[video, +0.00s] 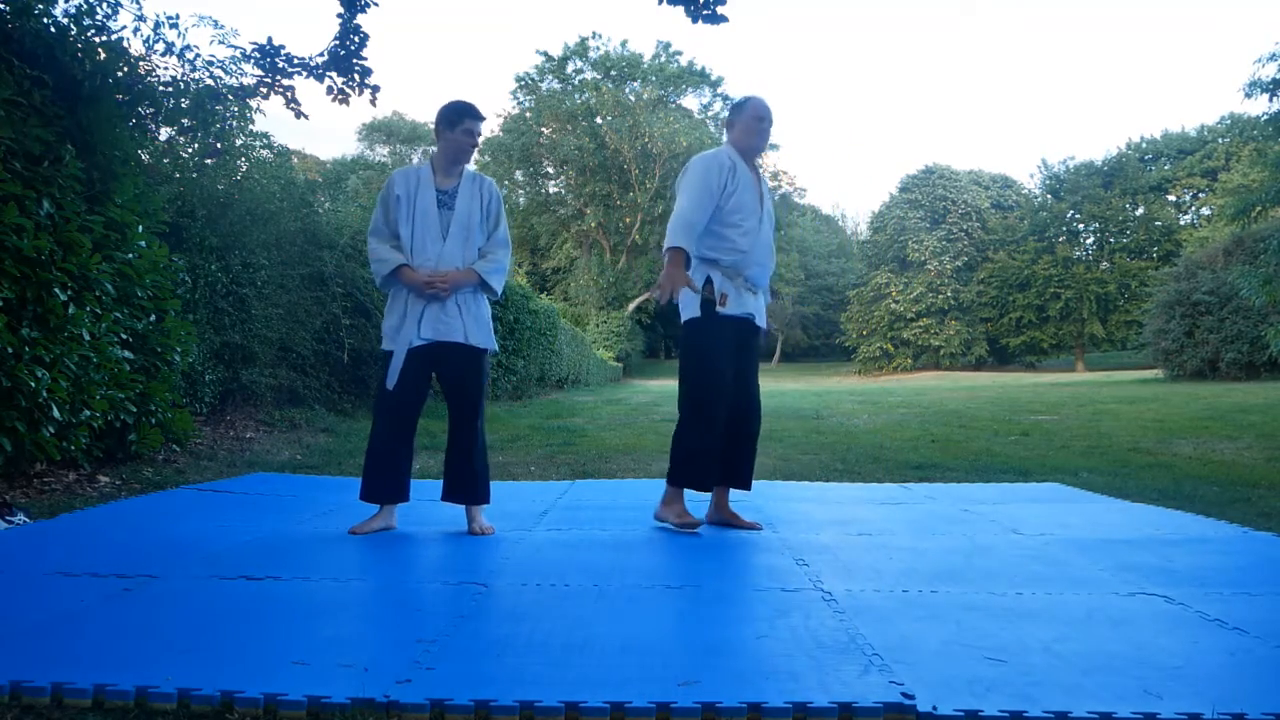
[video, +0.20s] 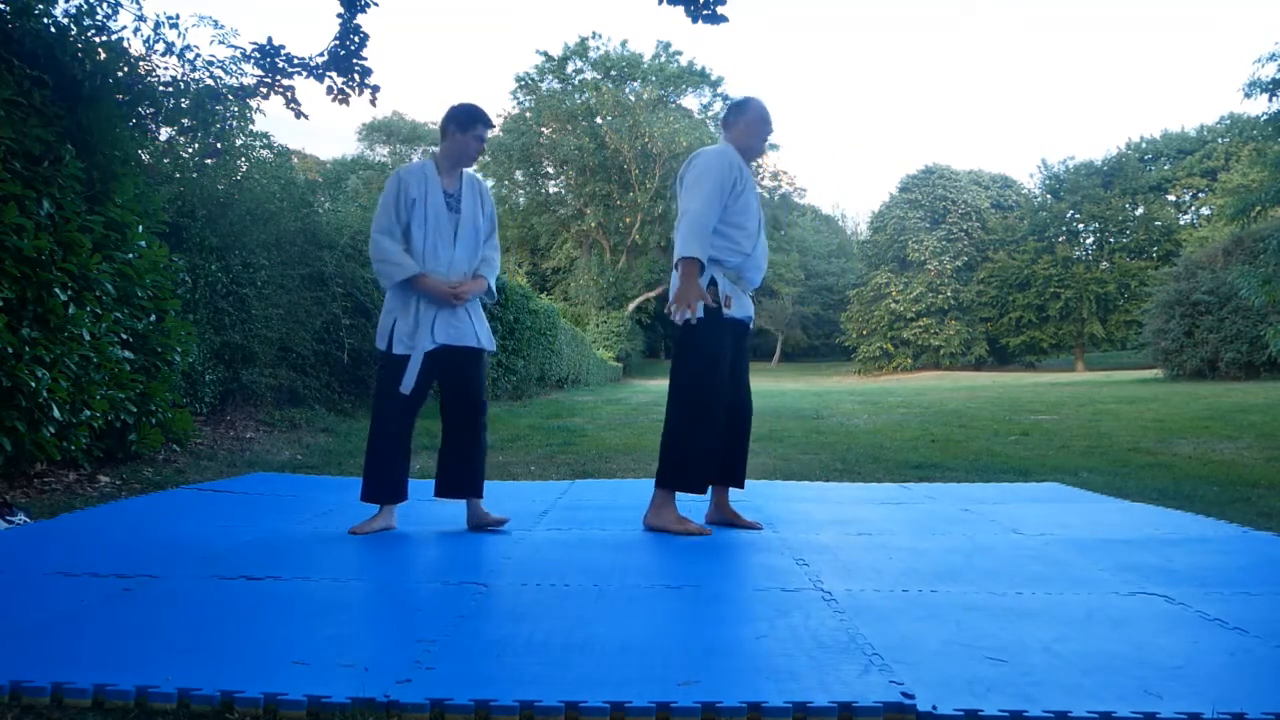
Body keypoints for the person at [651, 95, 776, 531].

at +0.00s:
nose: (767, 129)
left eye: (770, 124)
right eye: (759, 120)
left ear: (768, 133)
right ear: (732, 124)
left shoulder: (761, 186)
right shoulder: (711, 164)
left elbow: (760, 252)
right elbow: (685, 217)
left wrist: (763, 311)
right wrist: (674, 265)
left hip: (746, 305)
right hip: (708, 297)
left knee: (742, 405)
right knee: (704, 399)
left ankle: (720, 504)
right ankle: (672, 500)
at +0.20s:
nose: (768, 138)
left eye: (769, 131)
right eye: (763, 128)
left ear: (743, 127)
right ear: (737, 124)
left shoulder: (740, 173)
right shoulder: (716, 159)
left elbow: (728, 234)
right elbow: (694, 218)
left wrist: (740, 288)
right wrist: (688, 277)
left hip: (733, 301)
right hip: (706, 296)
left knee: (734, 404)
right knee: (693, 400)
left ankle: (719, 503)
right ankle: (661, 505)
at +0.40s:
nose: (763, 136)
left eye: (764, 128)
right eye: (758, 126)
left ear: (733, 123)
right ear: (733, 122)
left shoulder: (729, 167)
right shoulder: (712, 156)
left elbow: (707, 228)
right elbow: (696, 221)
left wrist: (720, 291)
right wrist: (693, 285)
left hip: (714, 299)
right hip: (693, 297)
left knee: (724, 403)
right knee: (682, 401)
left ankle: (720, 503)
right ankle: (660, 509)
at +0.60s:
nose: (753, 133)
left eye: (753, 125)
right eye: (748, 123)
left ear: (721, 121)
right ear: (724, 120)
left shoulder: (714, 161)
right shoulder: (707, 154)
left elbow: (694, 228)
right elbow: (694, 223)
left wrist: (706, 293)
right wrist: (686, 292)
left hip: (699, 301)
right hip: (686, 300)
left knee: (717, 393)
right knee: (678, 399)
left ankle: (702, 497)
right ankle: (658, 510)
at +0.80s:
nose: (743, 132)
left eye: (743, 124)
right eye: (738, 123)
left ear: (708, 121)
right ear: (715, 120)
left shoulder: (694, 156)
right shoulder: (702, 155)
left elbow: (677, 226)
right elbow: (688, 223)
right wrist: (680, 290)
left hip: (683, 297)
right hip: (688, 298)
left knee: (681, 398)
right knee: (686, 398)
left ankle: (654, 495)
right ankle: (659, 505)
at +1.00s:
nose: (736, 129)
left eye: (735, 121)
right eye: (731, 120)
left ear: (700, 122)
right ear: (709, 120)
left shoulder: (684, 157)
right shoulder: (697, 156)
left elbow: (659, 230)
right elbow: (685, 222)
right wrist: (677, 289)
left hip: (676, 299)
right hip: (686, 300)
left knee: (669, 399)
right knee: (681, 401)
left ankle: (651, 501)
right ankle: (657, 506)